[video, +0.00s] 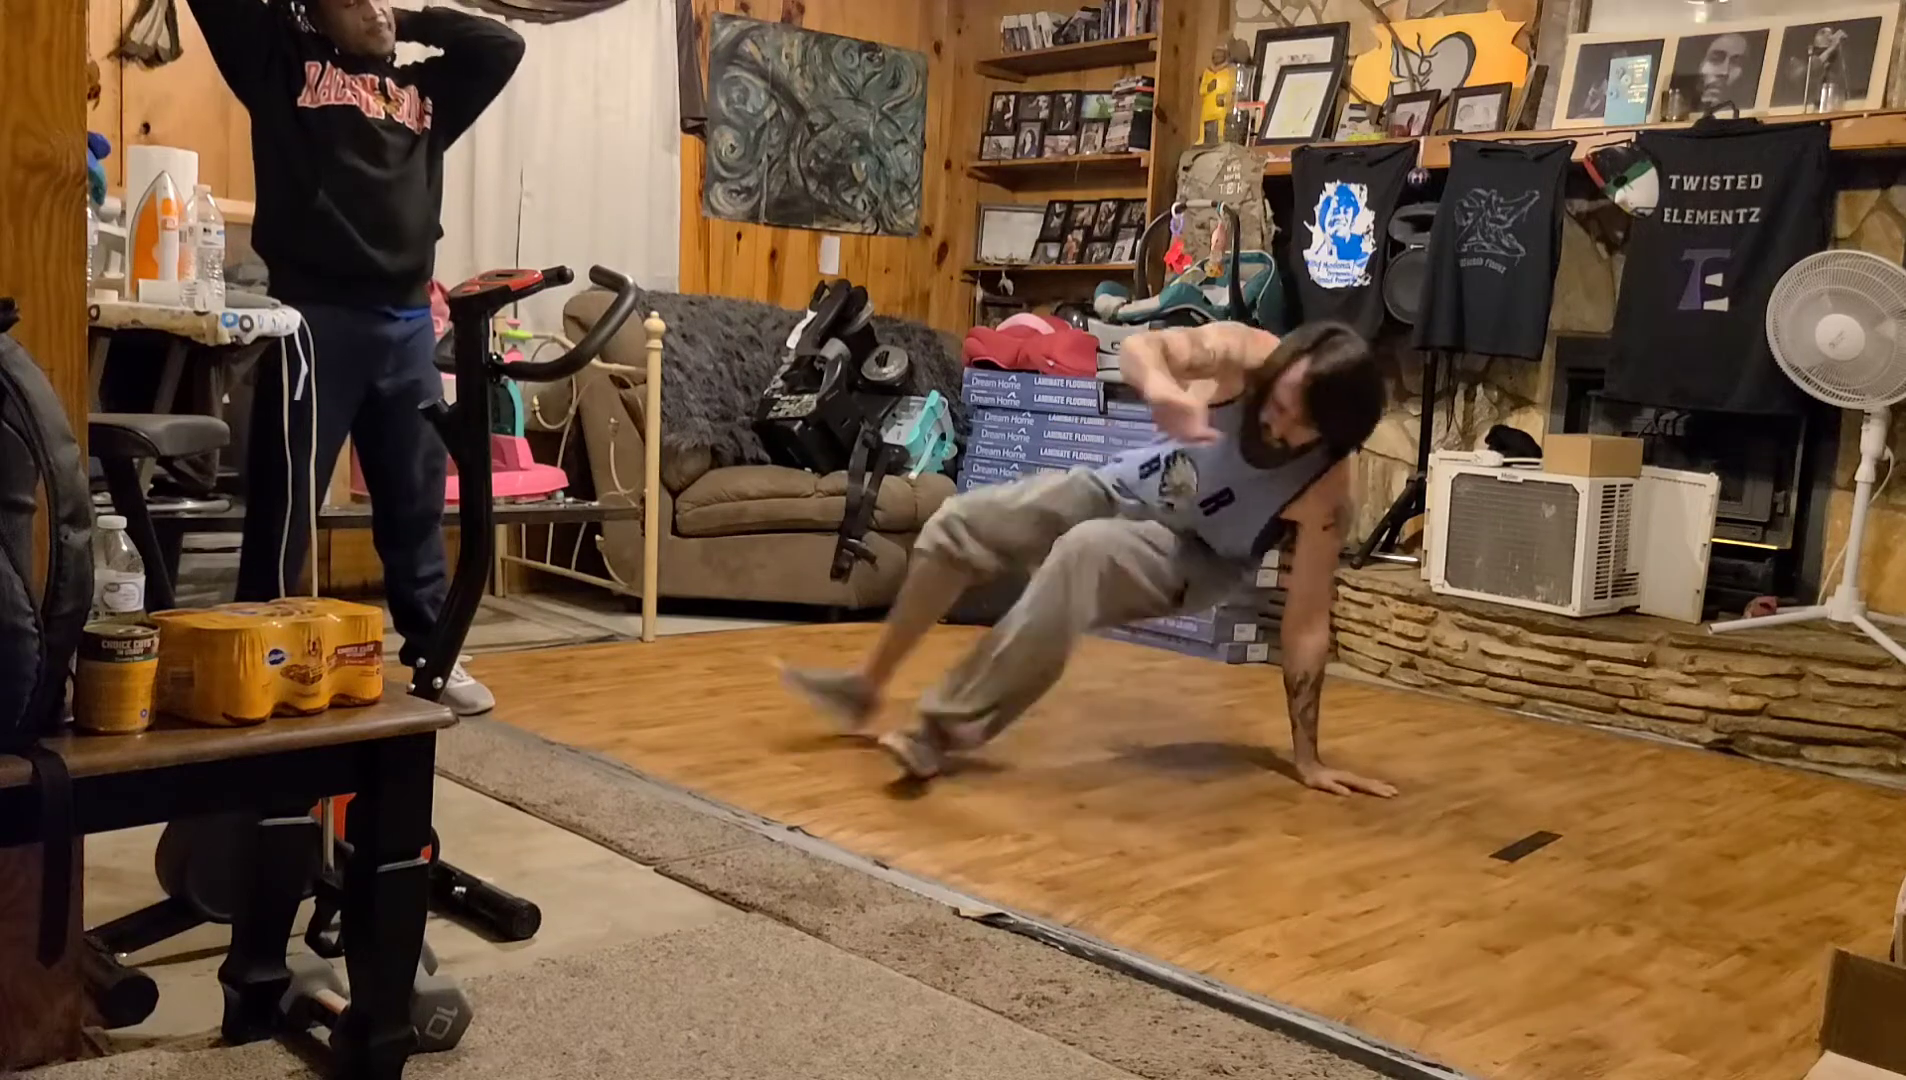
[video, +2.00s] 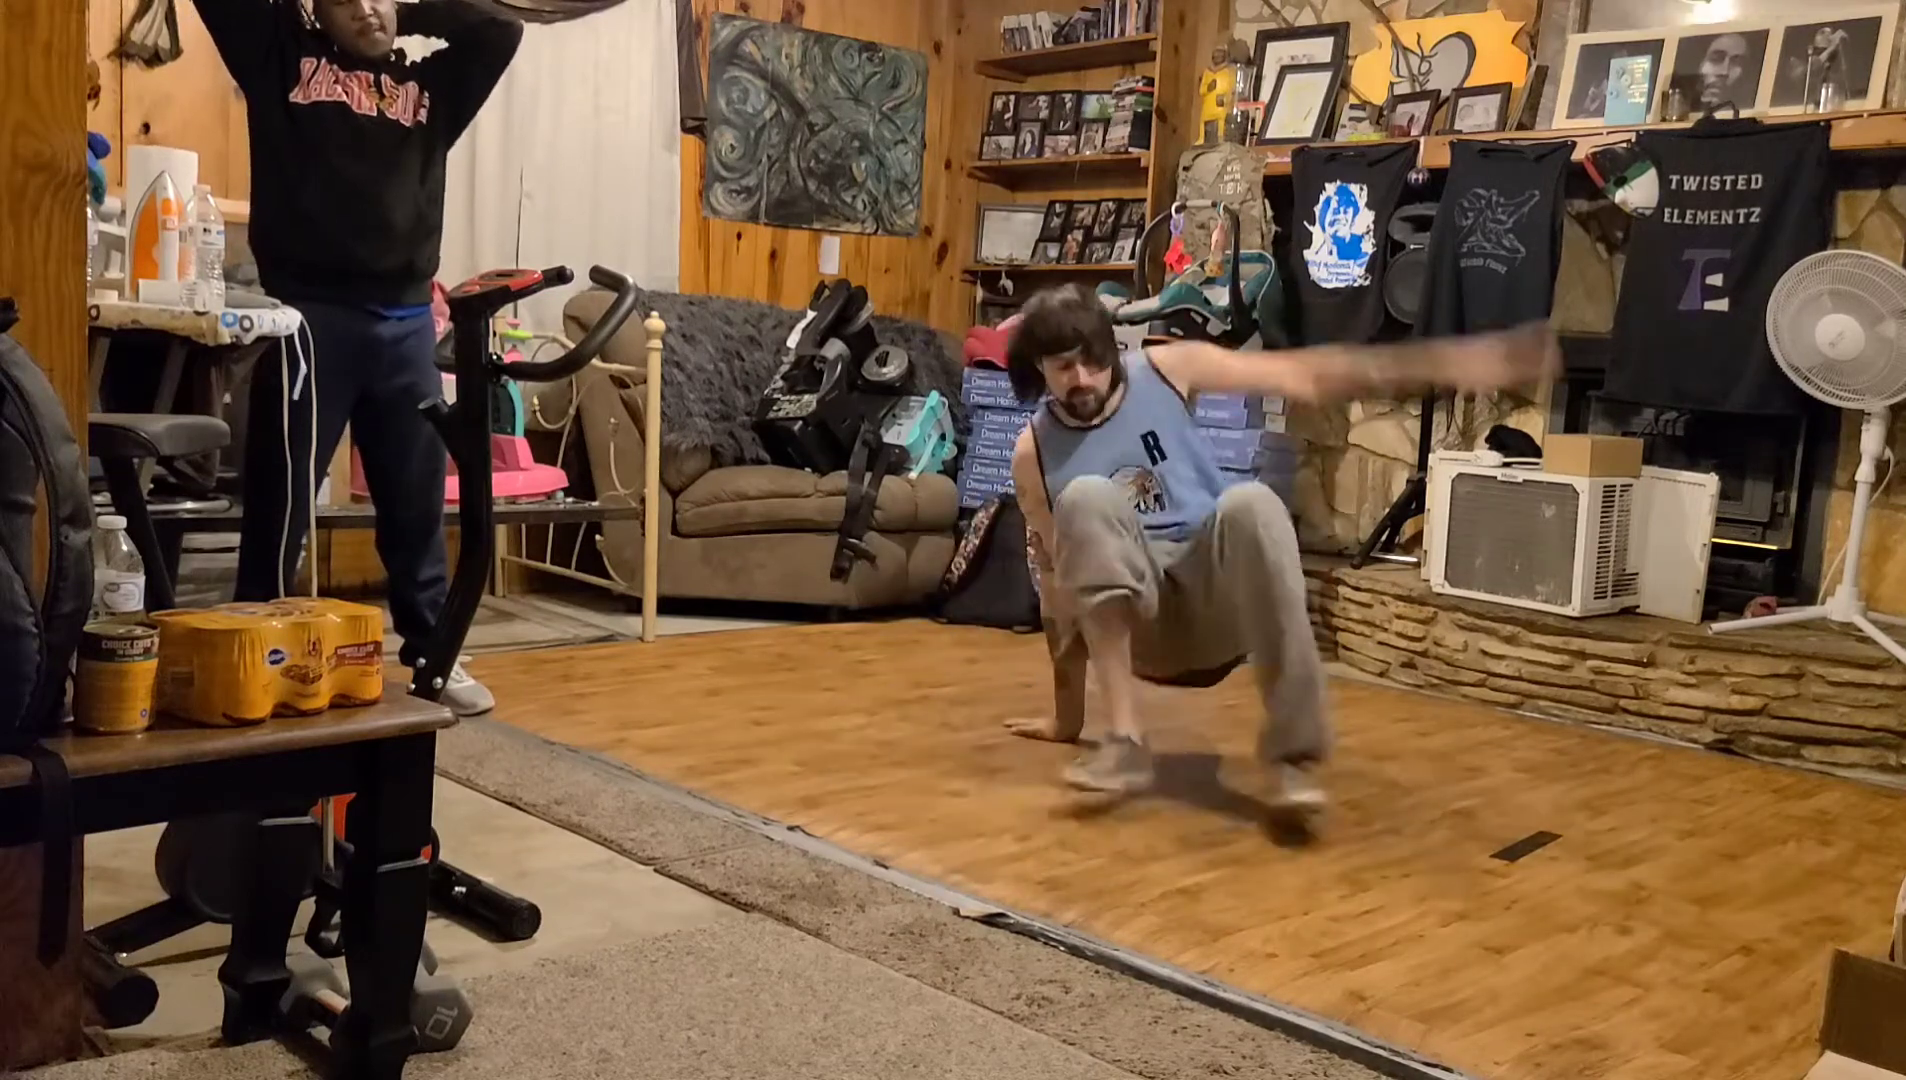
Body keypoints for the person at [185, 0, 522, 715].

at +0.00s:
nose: (381, 9)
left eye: (381, 1)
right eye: (356, 0)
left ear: (386, 16)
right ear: (315, 15)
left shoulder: (422, 93)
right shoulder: (280, 61)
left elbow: (502, 46)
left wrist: (415, 23)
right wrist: (281, 10)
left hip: (406, 325)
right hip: (313, 321)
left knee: (415, 503)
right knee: (285, 505)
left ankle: (432, 659)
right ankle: (256, 664)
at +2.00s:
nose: (374, 9)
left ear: (396, 9)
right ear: (316, 10)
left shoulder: (432, 86)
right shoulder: (277, 56)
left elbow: (502, 30)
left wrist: (416, 12)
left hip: (405, 325)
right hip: (307, 321)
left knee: (417, 505)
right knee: (282, 503)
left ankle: (432, 658)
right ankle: (253, 664)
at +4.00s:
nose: (374, 2)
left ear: (383, 7)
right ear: (306, 8)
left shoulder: (418, 87)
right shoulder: (273, 58)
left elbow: (481, 180)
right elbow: (195, 0)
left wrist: (429, 85)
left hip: (405, 323)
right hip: (308, 319)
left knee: (416, 502)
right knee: (283, 503)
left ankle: (432, 658)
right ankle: (259, 663)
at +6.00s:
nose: (452, 9)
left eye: (454, 1)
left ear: (443, 15)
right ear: (379, 3)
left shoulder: (462, 110)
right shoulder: (313, 78)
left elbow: (474, 227)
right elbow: (282, 182)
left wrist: (500, 159)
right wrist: (367, 139)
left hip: (423, 328)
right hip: (328, 325)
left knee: (428, 500)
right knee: (302, 496)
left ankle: (432, 657)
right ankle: (258, 656)